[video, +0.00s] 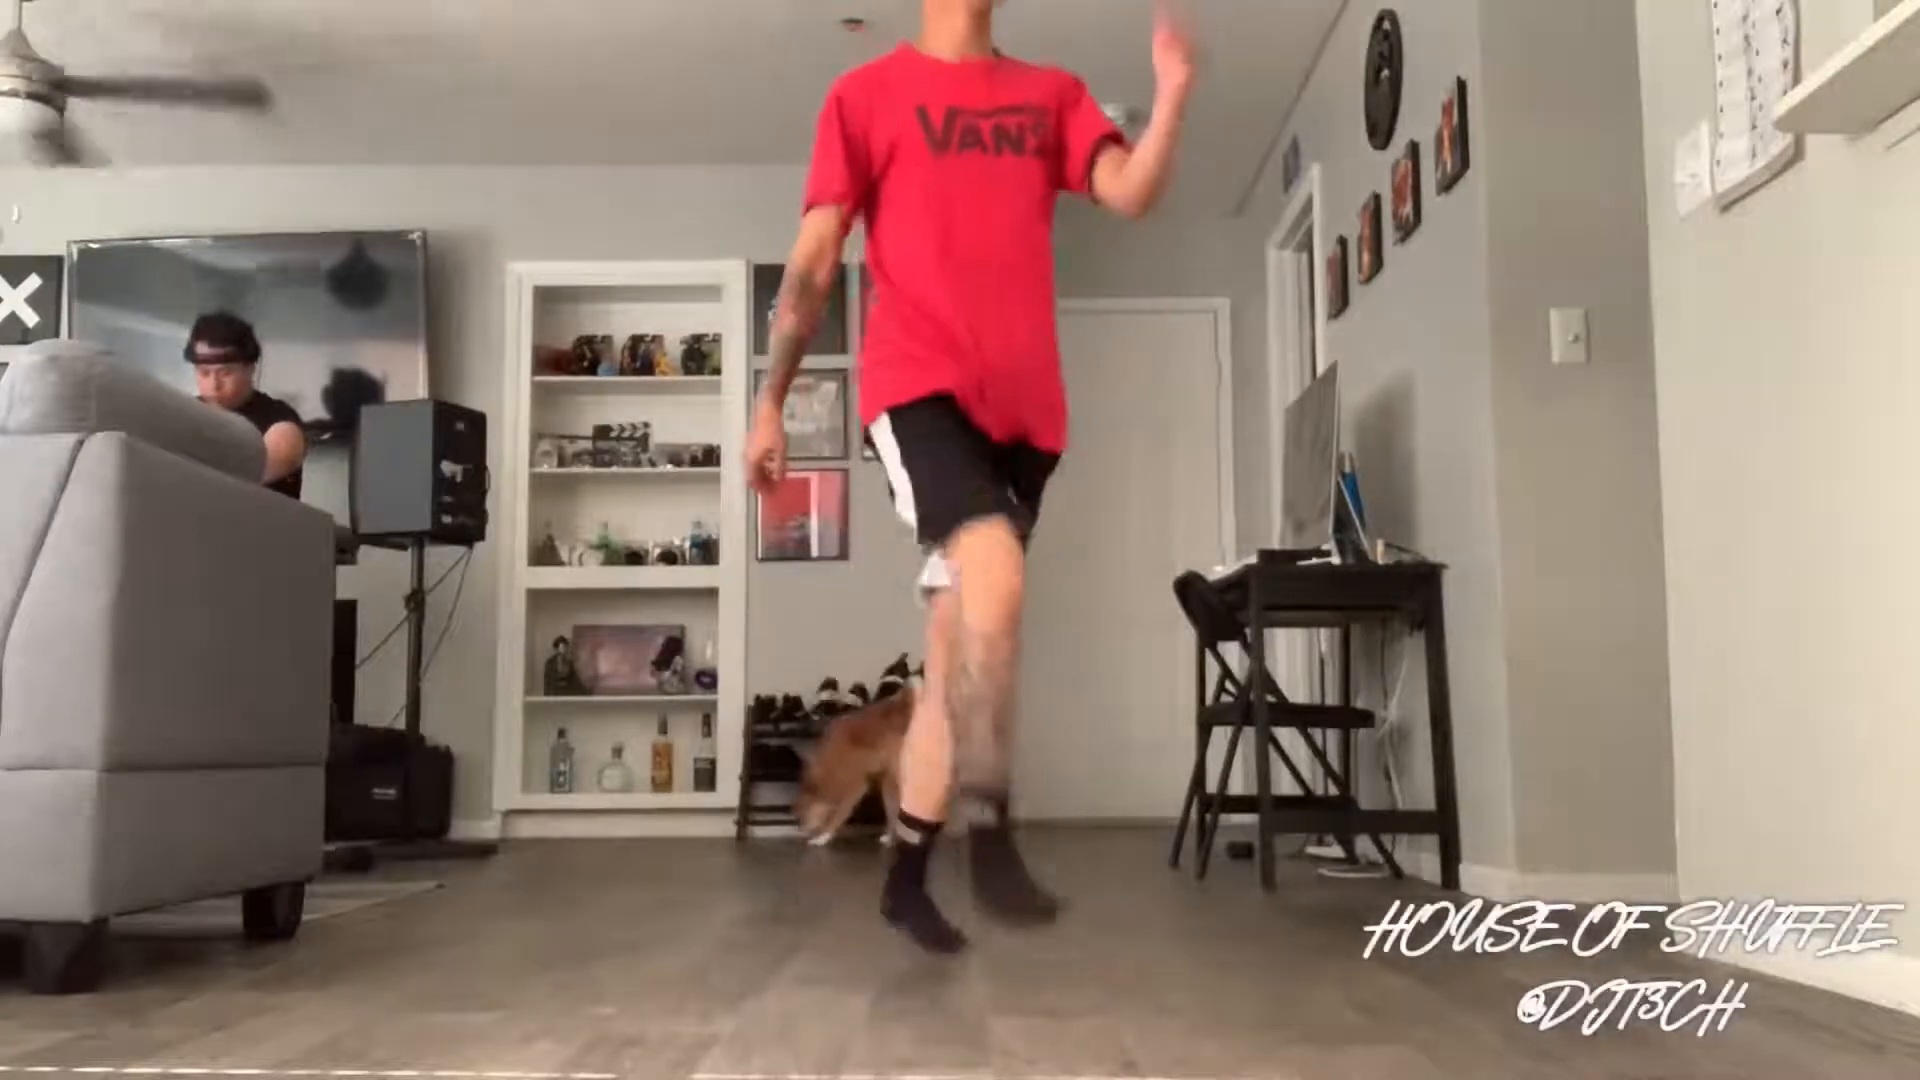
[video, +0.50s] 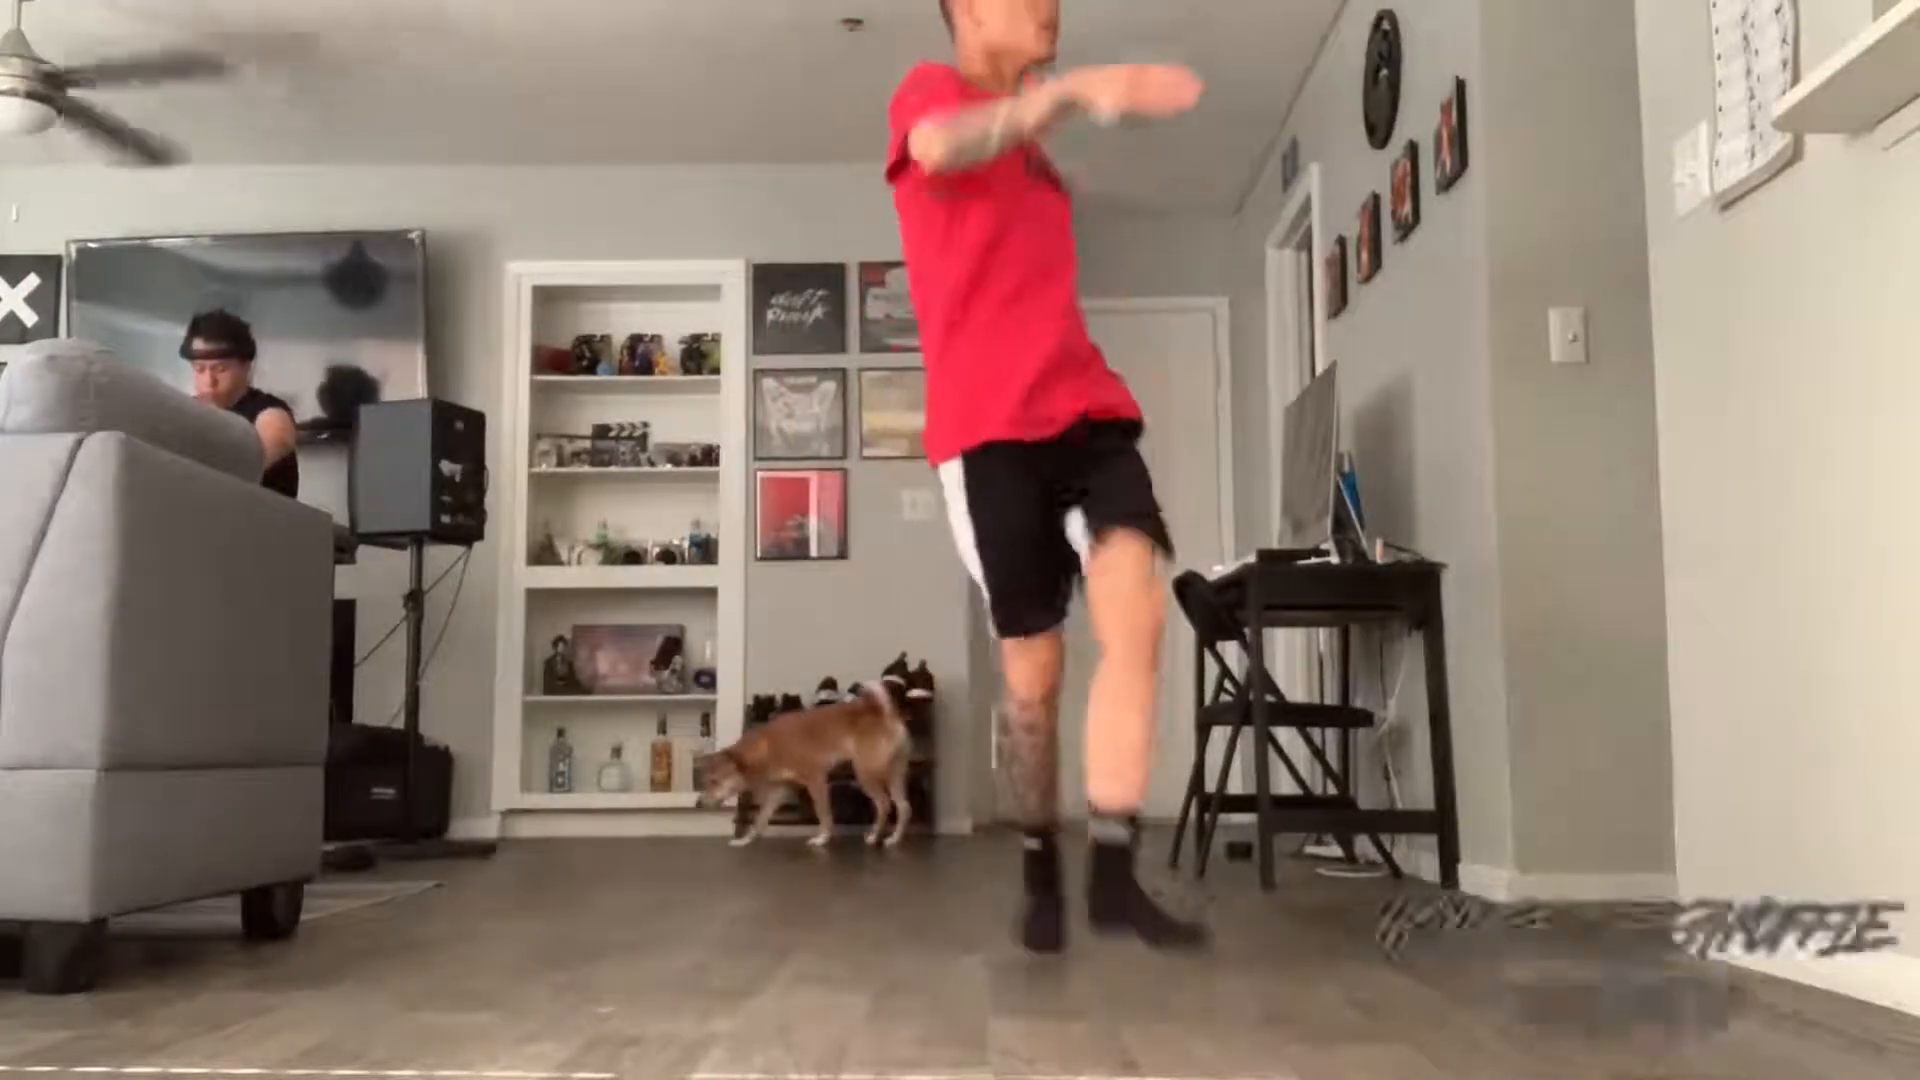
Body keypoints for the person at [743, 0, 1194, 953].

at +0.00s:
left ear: (983, 1)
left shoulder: (1051, 92)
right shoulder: (864, 95)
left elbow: (1129, 191)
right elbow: (812, 265)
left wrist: (1170, 98)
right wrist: (769, 404)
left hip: (1023, 392)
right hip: (914, 381)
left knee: (959, 642)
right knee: (994, 579)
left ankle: (906, 875)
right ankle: (990, 828)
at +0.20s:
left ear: (1009, 8)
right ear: (930, 4)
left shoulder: (1051, 104)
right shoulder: (879, 108)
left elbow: (1130, 209)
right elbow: (848, 278)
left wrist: (1203, 212)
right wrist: (845, 412)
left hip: (1053, 411)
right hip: (948, 416)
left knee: (1025, 672)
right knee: (983, 663)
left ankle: (928, 835)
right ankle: (1001, 915)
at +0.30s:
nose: (1013, 2)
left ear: (1022, 16)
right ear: (939, 7)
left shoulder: (1056, 132)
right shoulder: (895, 116)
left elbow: (1098, 277)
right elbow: (878, 277)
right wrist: (970, 326)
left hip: (1054, 413)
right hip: (950, 418)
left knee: (1102, 607)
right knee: (976, 667)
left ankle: (983, 718)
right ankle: (937, 906)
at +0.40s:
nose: (1037, 3)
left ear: (1028, 20)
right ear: (959, 5)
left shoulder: (1049, 133)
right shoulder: (917, 100)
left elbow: (1041, 253)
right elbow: (923, 232)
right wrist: (1048, 204)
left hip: (1059, 399)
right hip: (965, 420)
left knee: (1141, 543)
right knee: (989, 672)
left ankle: (1064, 735)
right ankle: (951, 902)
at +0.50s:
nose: (1050, 19)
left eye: (1050, 5)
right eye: (1030, 2)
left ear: (1036, 23)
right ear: (966, 12)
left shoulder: (1024, 131)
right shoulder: (929, 88)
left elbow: (1030, 290)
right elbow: (938, 145)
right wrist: (1072, 91)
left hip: (1087, 411)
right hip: (988, 425)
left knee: (1137, 611)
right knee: (1033, 675)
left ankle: (1116, 875)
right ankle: (1042, 871)